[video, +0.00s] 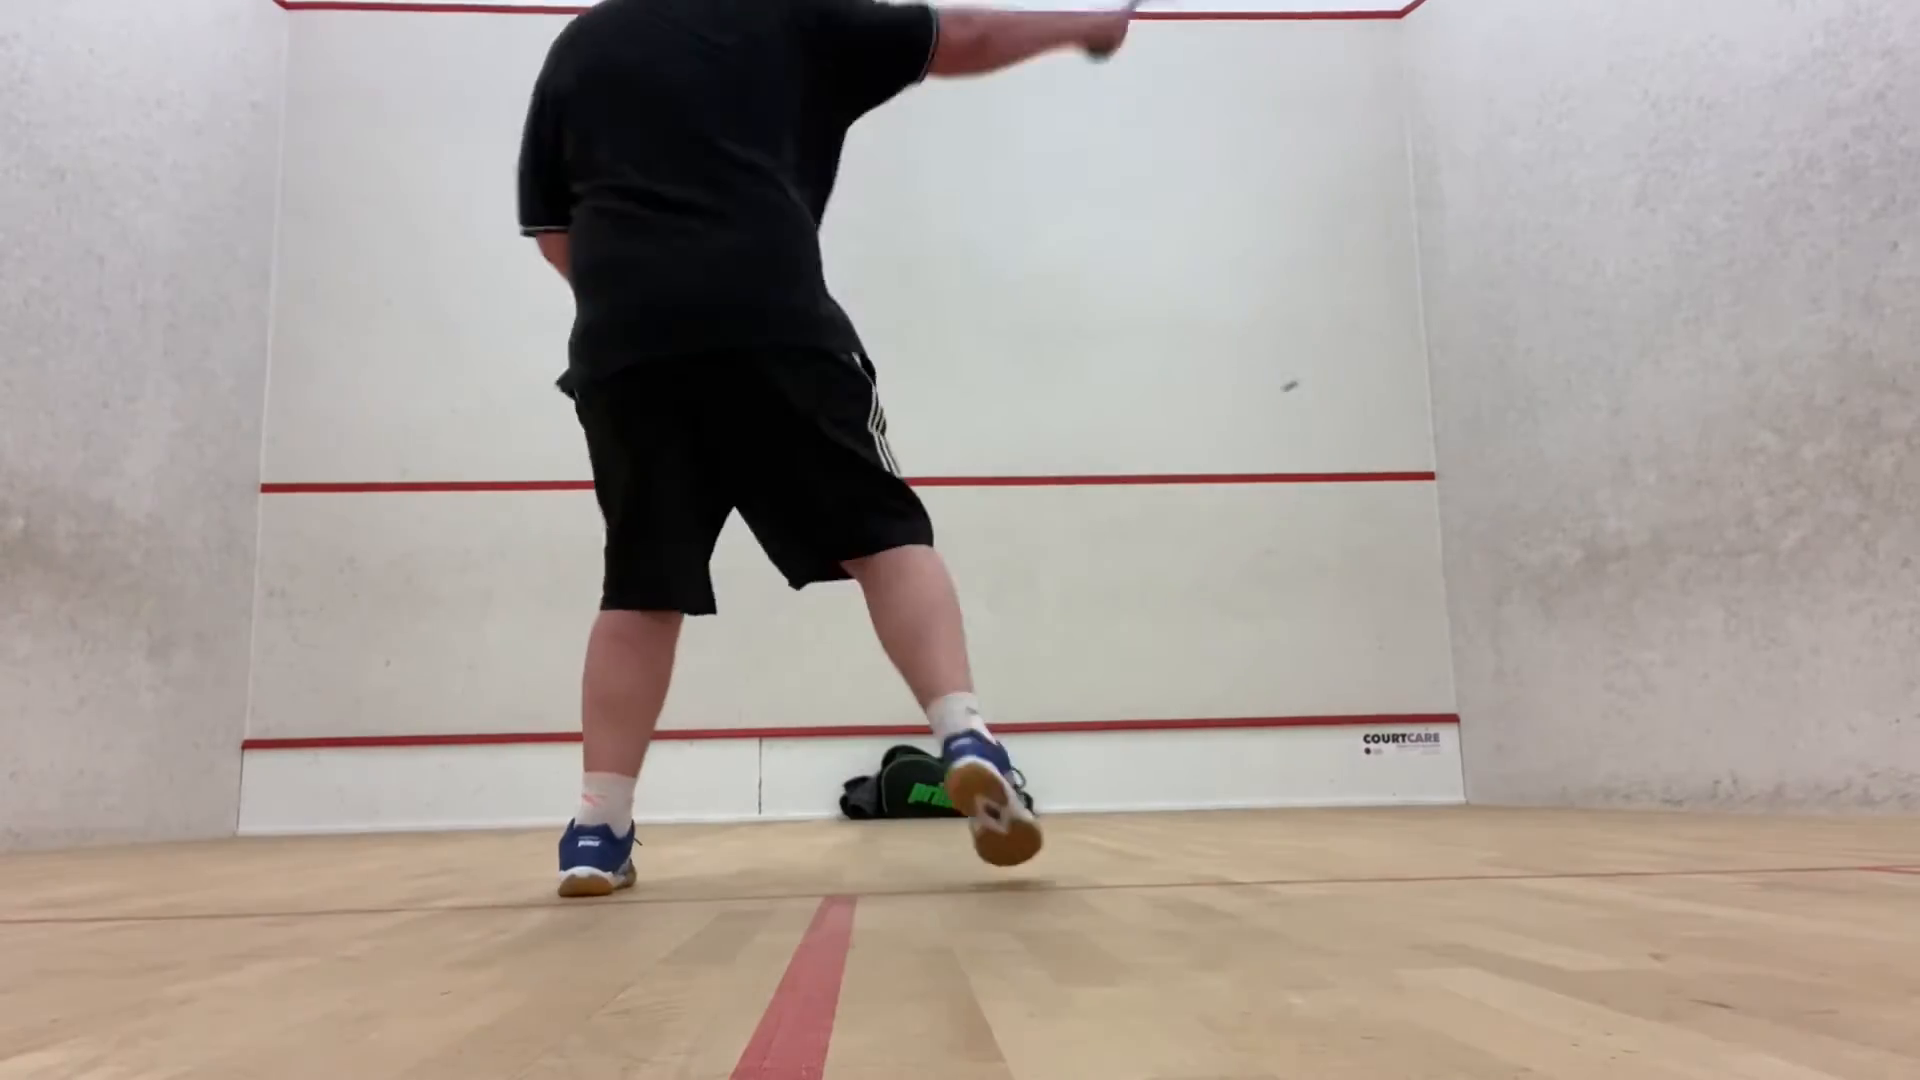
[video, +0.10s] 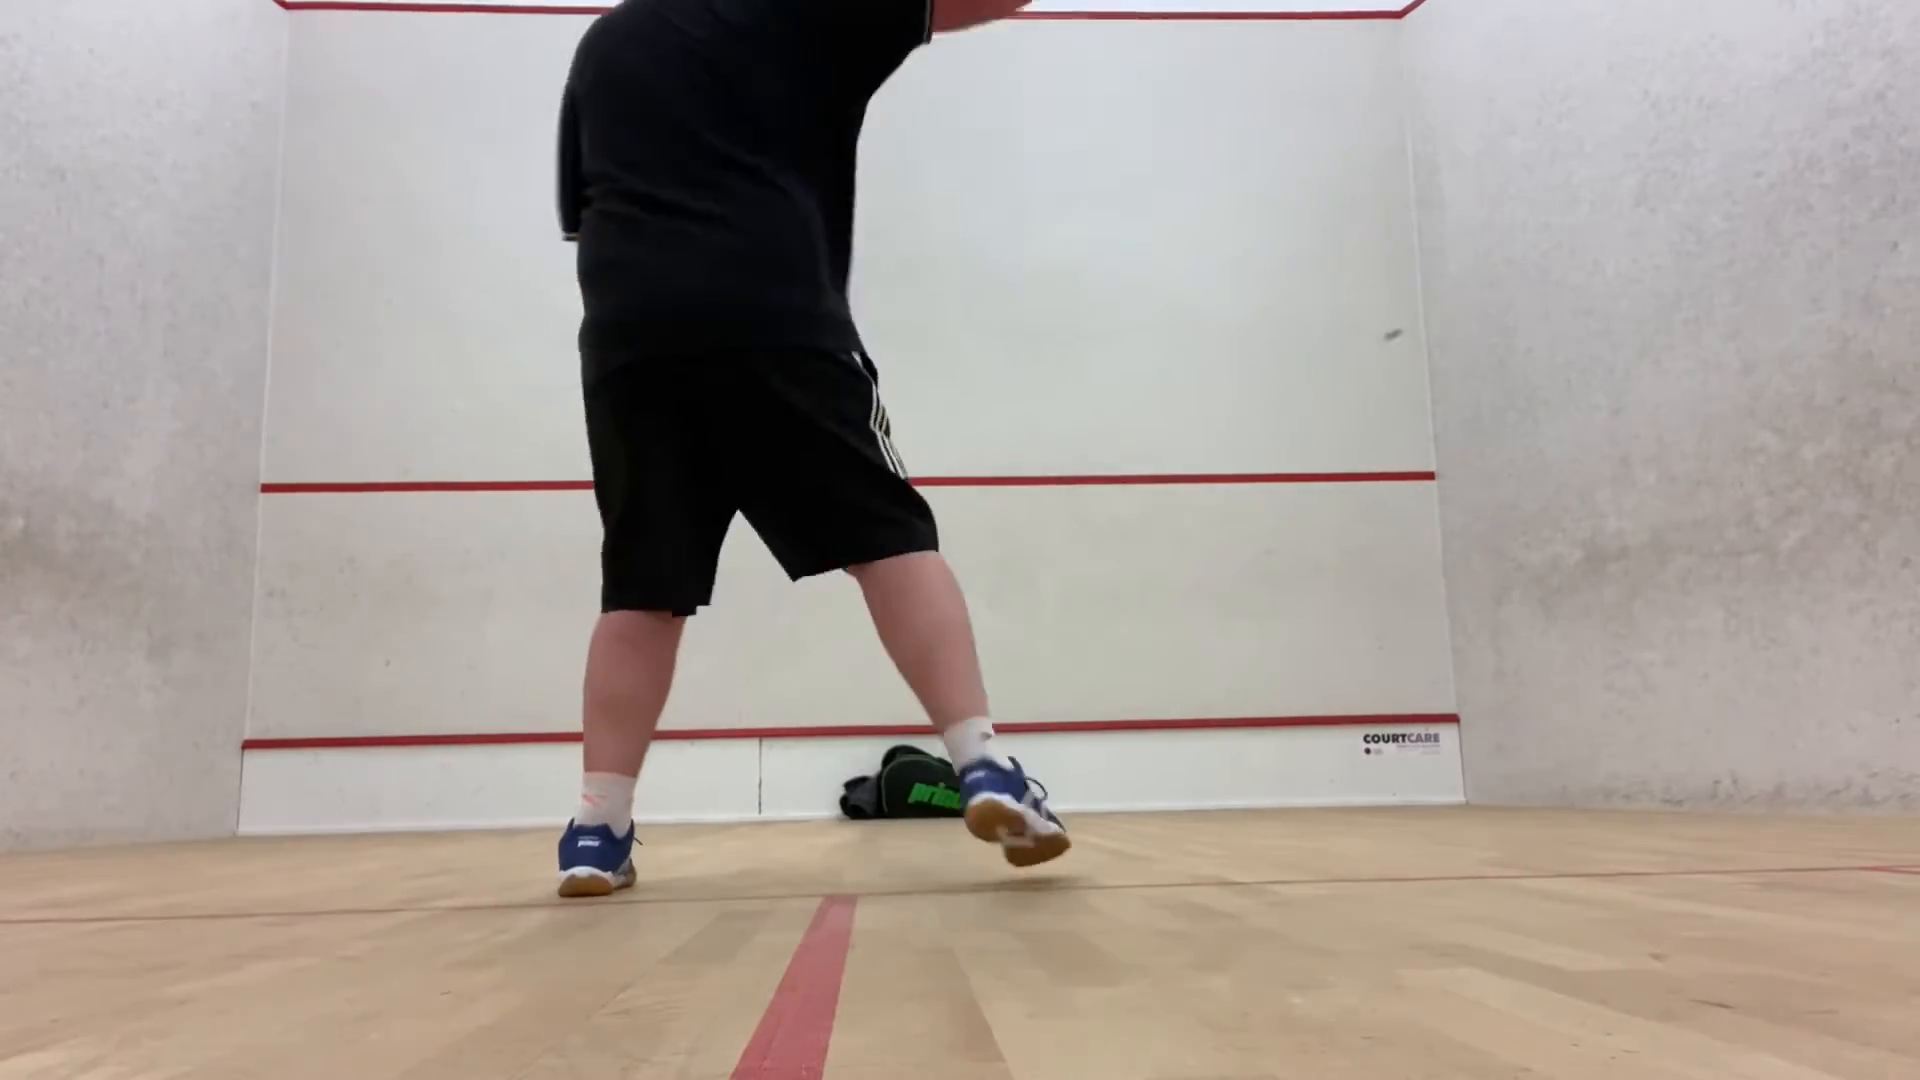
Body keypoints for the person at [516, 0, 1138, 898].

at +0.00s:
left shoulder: (581, 41)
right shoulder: (796, 16)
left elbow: (555, 232)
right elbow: (960, 41)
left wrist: (645, 310)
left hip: (625, 344)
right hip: (778, 322)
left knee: (640, 581)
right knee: (883, 533)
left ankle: (597, 827)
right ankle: (965, 740)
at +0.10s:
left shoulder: (607, 36)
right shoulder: (822, 16)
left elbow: (582, 213)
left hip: (631, 337)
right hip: (784, 323)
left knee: (642, 583)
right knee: (887, 535)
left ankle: (598, 829)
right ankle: (983, 762)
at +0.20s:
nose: (950, 5)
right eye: (947, 0)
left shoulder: (653, 35)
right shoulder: (841, 10)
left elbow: (701, 192)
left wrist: (849, 285)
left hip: (648, 330)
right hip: (791, 321)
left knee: (655, 588)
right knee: (894, 554)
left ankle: (598, 826)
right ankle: (1004, 795)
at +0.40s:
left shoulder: (781, 37)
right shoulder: (869, 28)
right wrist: (910, 346)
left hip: (684, 340)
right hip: (819, 339)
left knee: (707, 597)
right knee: (935, 569)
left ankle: (605, 826)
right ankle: (1015, 816)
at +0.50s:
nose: (1014, 22)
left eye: (1023, 11)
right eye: (1017, 5)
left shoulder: (846, 42)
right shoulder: (912, 40)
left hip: (703, 347)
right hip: (841, 353)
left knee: (720, 596)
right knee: (952, 564)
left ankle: (606, 827)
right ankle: (1019, 820)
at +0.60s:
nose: (1063, 21)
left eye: (1062, 8)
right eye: (1059, 5)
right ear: (1031, 1)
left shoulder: (878, 64)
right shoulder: (981, 59)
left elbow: (763, 139)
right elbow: (1096, 120)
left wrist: (665, 217)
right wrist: (1202, 11)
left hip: (716, 340)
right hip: (867, 358)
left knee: (717, 589)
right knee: (973, 566)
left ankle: (604, 826)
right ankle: (1022, 822)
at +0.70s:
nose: (1090, 33)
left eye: (1093, 16)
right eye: (1091, 15)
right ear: (1063, 11)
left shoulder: (875, 35)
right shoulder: (1052, 121)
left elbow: (742, 104)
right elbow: (1146, 283)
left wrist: (639, 197)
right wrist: (1287, 213)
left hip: (725, 331)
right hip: (880, 352)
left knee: (707, 572)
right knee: (989, 568)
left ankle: (603, 820)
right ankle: (1023, 822)